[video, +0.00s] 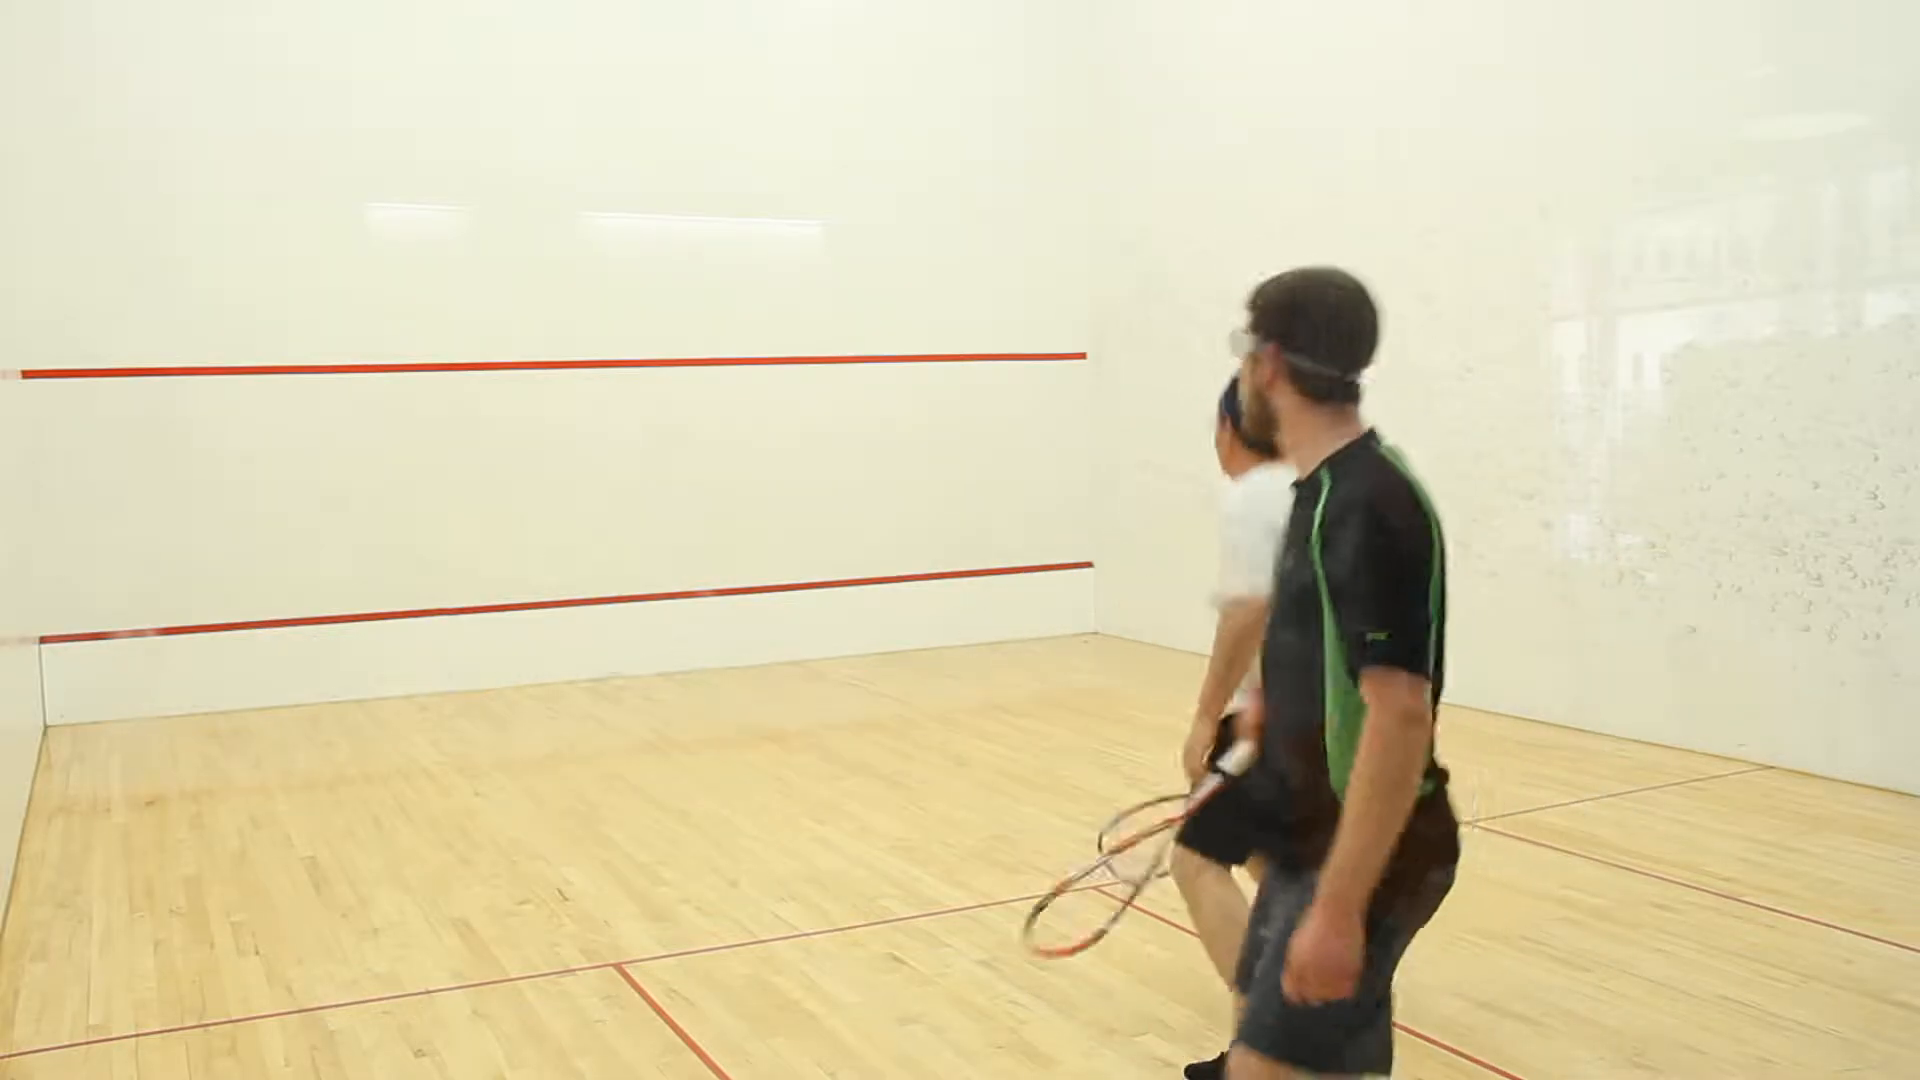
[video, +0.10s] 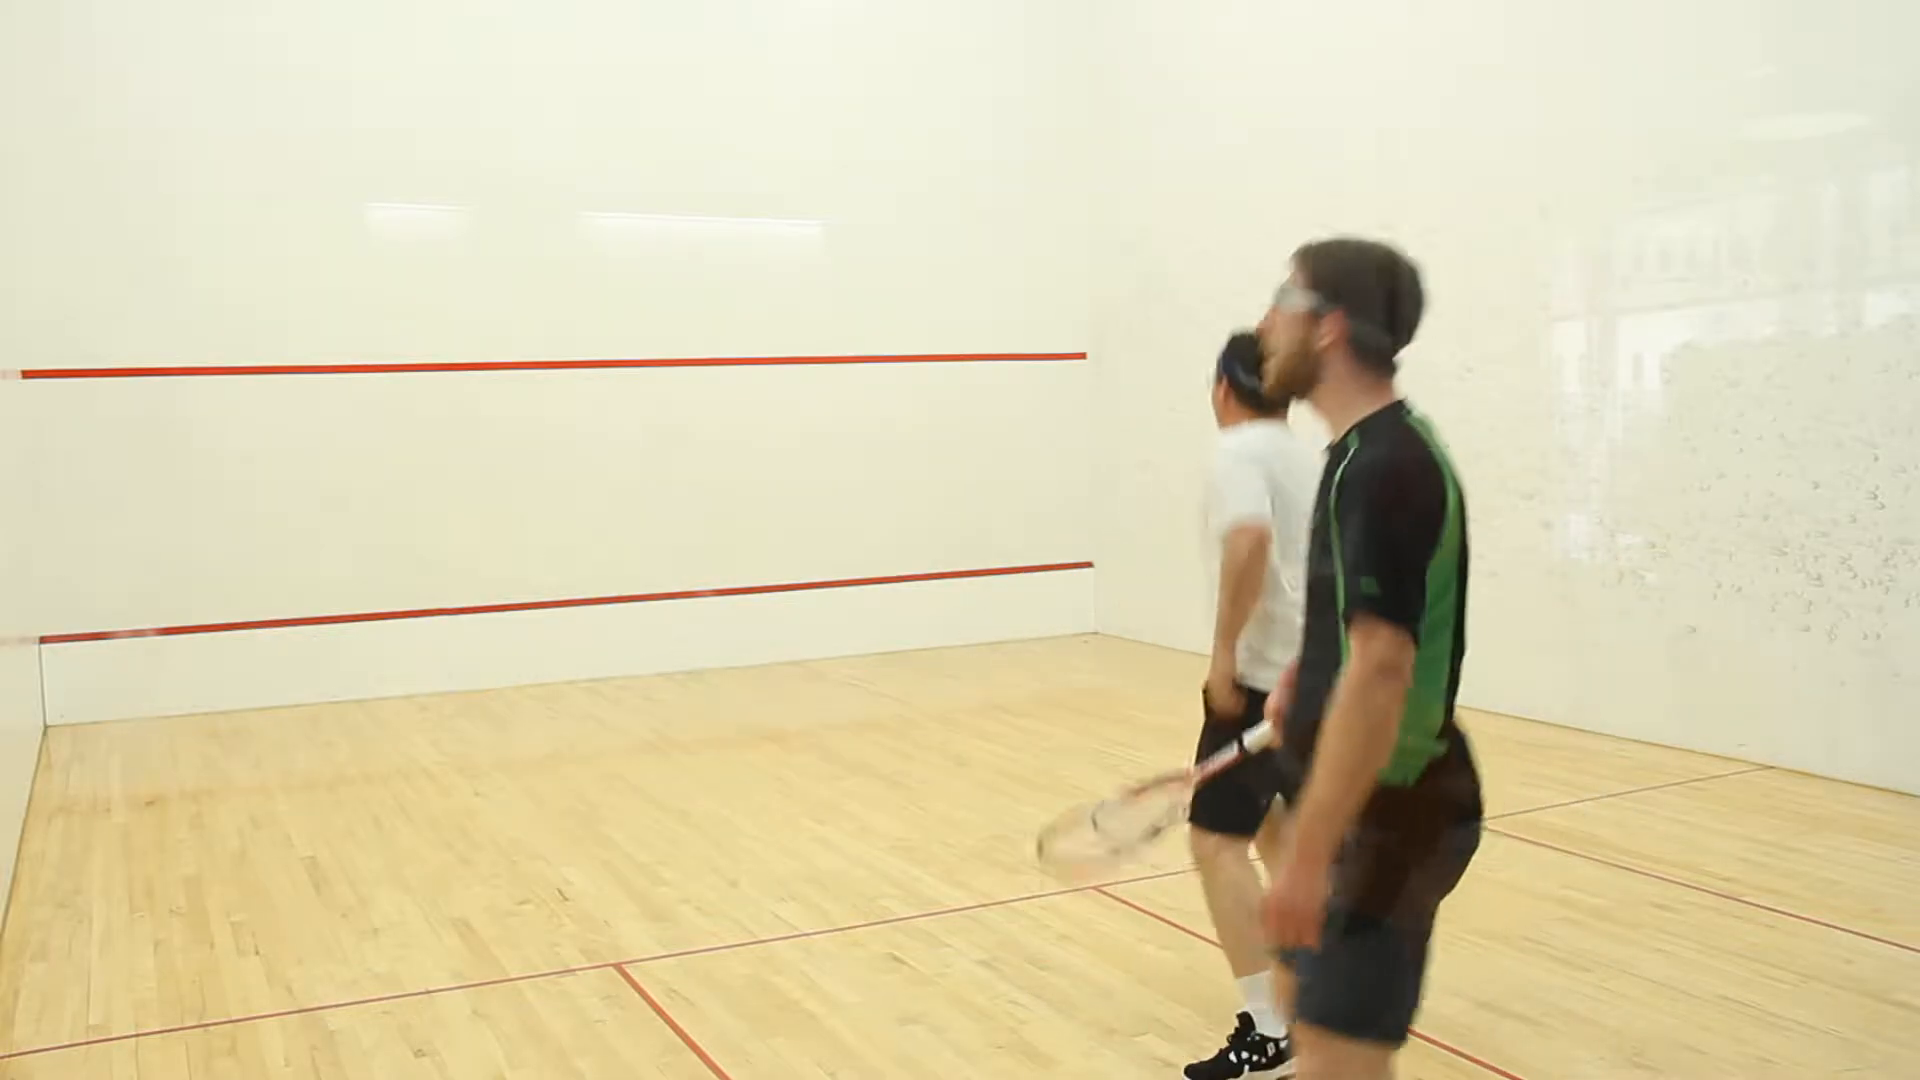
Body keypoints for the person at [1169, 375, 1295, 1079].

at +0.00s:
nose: (1214, 440)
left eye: (1217, 425)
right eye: (1219, 424)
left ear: (1231, 427)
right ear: (1275, 431)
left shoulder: (1253, 495)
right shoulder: (1312, 491)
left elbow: (1247, 610)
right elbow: (1317, 627)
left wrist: (1206, 716)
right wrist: (1266, 700)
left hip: (1280, 729)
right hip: (1315, 722)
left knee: (1195, 852)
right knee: (1277, 862)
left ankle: (1261, 1027)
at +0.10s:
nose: (1211, 397)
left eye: (1212, 386)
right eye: (1217, 386)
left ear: (1223, 388)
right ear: (1278, 390)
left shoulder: (1239, 451)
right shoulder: (1310, 452)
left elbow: (1249, 544)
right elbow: (1330, 571)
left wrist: (1222, 661)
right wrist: (1304, 668)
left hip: (1254, 683)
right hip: (1304, 681)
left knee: (1215, 839)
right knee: (1280, 834)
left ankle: (1266, 1025)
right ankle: (1312, 1001)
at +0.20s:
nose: (1211, 370)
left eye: (1214, 361)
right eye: (1218, 360)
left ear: (1223, 365)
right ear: (1286, 372)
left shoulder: (1227, 417)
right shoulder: (1312, 440)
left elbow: (1239, 488)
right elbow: (1336, 562)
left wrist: (1213, 597)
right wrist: (1278, 643)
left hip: (1247, 665)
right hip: (1305, 662)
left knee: (1227, 830)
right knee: (1271, 800)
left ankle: (1265, 1020)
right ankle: (1291, 962)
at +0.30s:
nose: (1215, 375)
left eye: (1217, 366)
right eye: (1225, 367)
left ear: (1222, 369)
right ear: (1288, 378)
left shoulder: (1219, 425)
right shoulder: (1318, 450)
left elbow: (1207, 494)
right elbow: (1350, 554)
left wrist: (1178, 596)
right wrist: (1278, 618)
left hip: (1241, 674)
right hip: (1312, 671)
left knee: (1233, 831)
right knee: (1270, 811)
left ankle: (1266, 1020)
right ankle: (1273, 976)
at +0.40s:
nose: (1222, 378)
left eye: (1223, 367)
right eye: (1237, 368)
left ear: (1231, 370)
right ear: (1293, 378)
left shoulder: (1223, 436)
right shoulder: (1331, 454)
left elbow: (1180, 530)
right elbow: (1356, 560)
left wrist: (1143, 613)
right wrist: (1316, 638)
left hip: (1236, 676)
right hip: (1318, 678)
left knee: (1198, 821)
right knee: (1267, 808)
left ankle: (1242, 998)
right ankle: (1269, 973)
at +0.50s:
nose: (1232, 367)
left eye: (1232, 355)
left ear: (1236, 361)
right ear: (1300, 366)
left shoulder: (1222, 441)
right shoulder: (1339, 450)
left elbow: (1180, 555)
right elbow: (1363, 568)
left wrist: (1132, 601)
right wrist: (1349, 651)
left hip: (1228, 671)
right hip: (1315, 675)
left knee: (1176, 799)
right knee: (1271, 806)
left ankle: (1222, 961)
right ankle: (1274, 970)